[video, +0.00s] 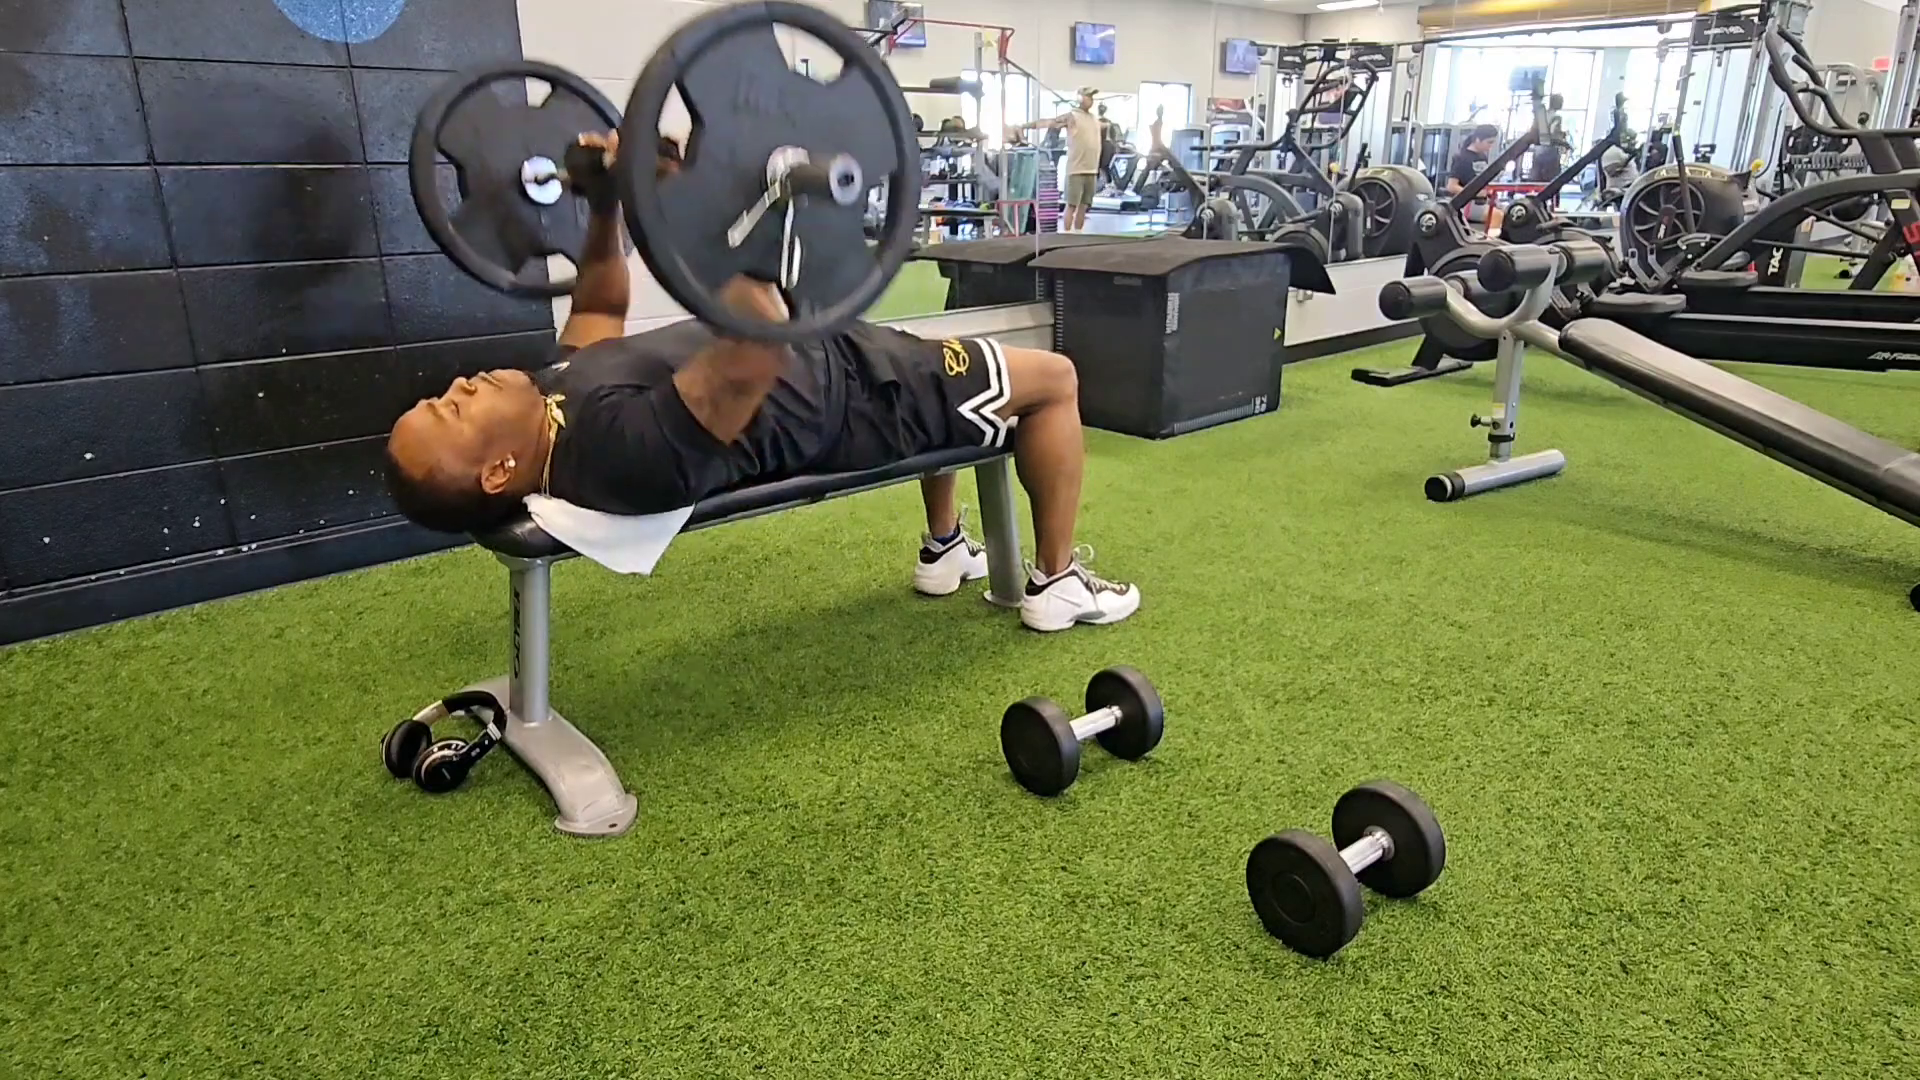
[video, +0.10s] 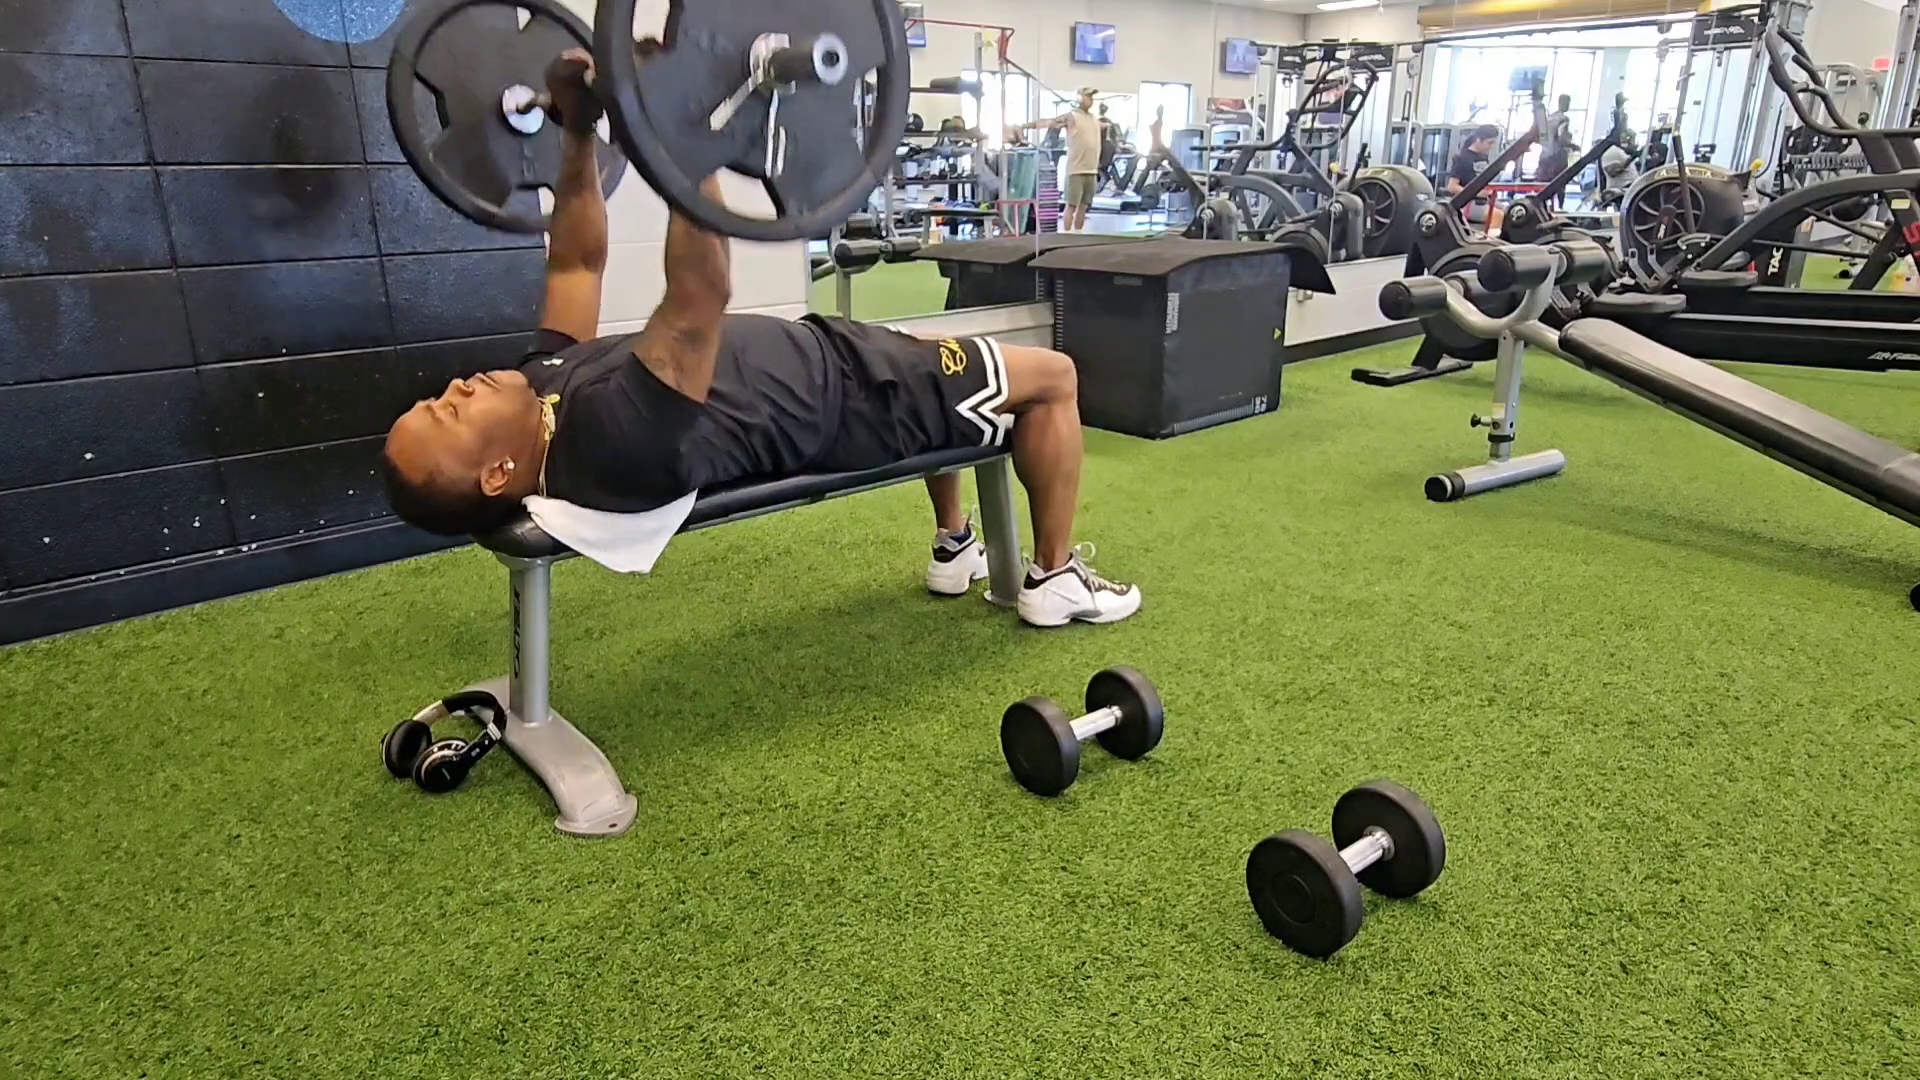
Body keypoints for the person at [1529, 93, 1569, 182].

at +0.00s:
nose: (1561, 104)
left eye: (1561, 102)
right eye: (1561, 102)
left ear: (1551, 102)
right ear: (1558, 103)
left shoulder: (1541, 115)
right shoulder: (1556, 117)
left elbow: (1533, 131)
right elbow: (1554, 133)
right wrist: (1565, 143)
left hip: (1539, 148)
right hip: (1551, 148)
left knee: (1536, 175)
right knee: (1551, 176)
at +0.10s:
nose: (1568, 106)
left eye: (1568, 103)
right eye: (1567, 103)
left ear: (1559, 103)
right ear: (1564, 104)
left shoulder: (1550, 117)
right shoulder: (1563, 119)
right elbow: (1561, 138)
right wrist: (1573, 146)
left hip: (1545, 154)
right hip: (1558, 154)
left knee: (1543, 179)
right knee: (1559, 180)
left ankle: (1541, 204)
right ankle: (1559, 207)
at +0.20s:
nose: (1574, 105)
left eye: (1573, 102)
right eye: (1573, 102)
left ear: (1565, 102)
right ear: (1573, 103)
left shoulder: (1557, 117)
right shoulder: (1570, 118)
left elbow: (1555, 136)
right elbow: (1569, 140)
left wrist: (1573, 135)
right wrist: (1580, 145)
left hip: (1552, 153)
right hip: (1564, 154)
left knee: (1550, 180)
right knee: (1564, 181)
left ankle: (1550, 206)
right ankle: (1561, 207)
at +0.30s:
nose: (1579, 104)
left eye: (1578, 101)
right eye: (1580, 102)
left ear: (1572, 101)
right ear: (1581, 103)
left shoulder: (1564, 116)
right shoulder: (1578, 118)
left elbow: (1559, 135)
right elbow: (1577, 139)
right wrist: (1586, 143)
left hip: (1558, 152)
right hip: (1569, 153)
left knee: (1557, 179)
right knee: (1568, 181)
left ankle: (1554, 205)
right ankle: (1562, 206)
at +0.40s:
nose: (1587, 104)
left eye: (1587, 101)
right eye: (1586, 101)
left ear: (1576, 101)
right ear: (1583, 102)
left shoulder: (1567, 115)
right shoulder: (1581, 117)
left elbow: (1560, 135)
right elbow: (1579, 134)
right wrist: (1586, 140)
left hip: (1562, 149)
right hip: (1573, 150)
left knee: (1562, 174)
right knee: (1573, 176)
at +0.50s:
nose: (1589, 104)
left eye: (1588, 101)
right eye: (1589, 101)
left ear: (1579, 101)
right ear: (1588, 102)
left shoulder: (1571, 115)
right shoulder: (1586, 117)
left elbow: (1566, 134)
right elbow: (1585, 133)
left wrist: (1567, 145)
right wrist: (1585, 147)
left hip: (1567, 150)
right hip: (1577, 151)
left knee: (1568, 178)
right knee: (1574, 180)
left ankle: (1564, 204)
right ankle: (1564, 205)